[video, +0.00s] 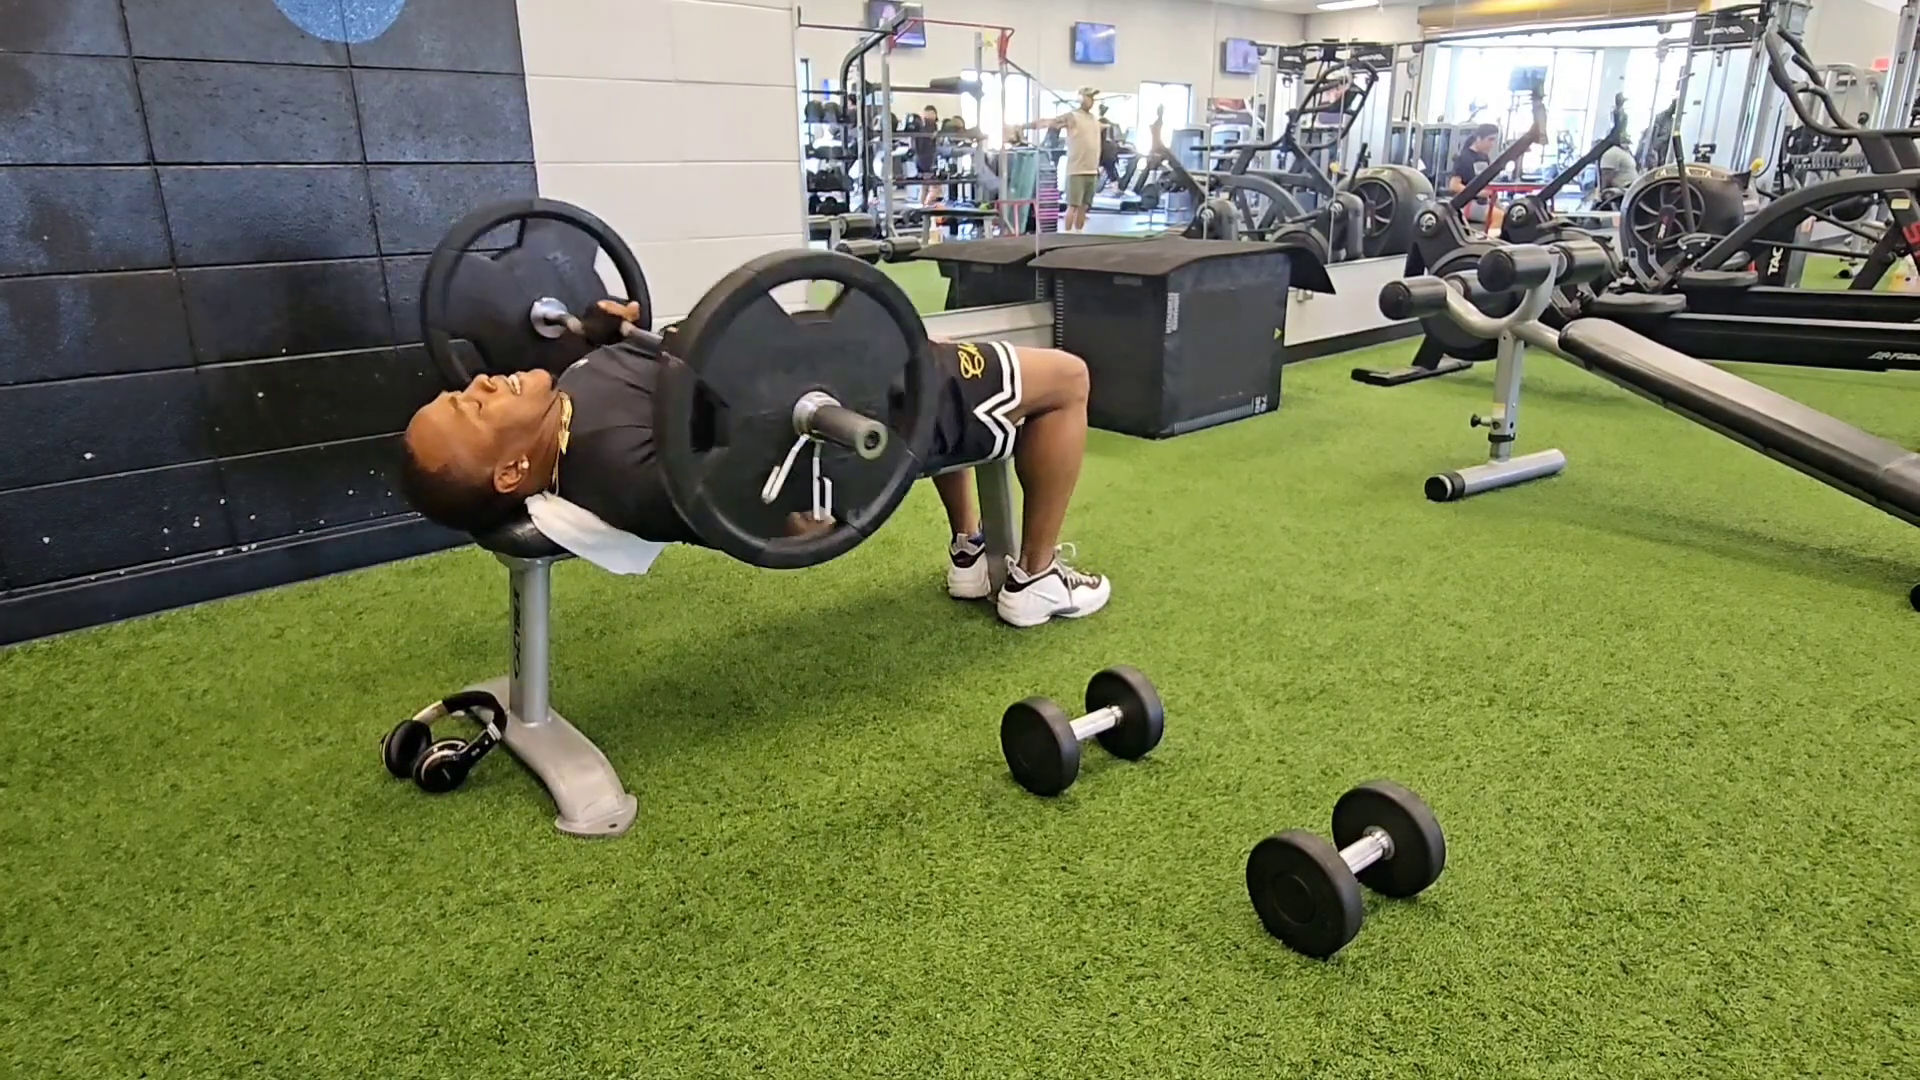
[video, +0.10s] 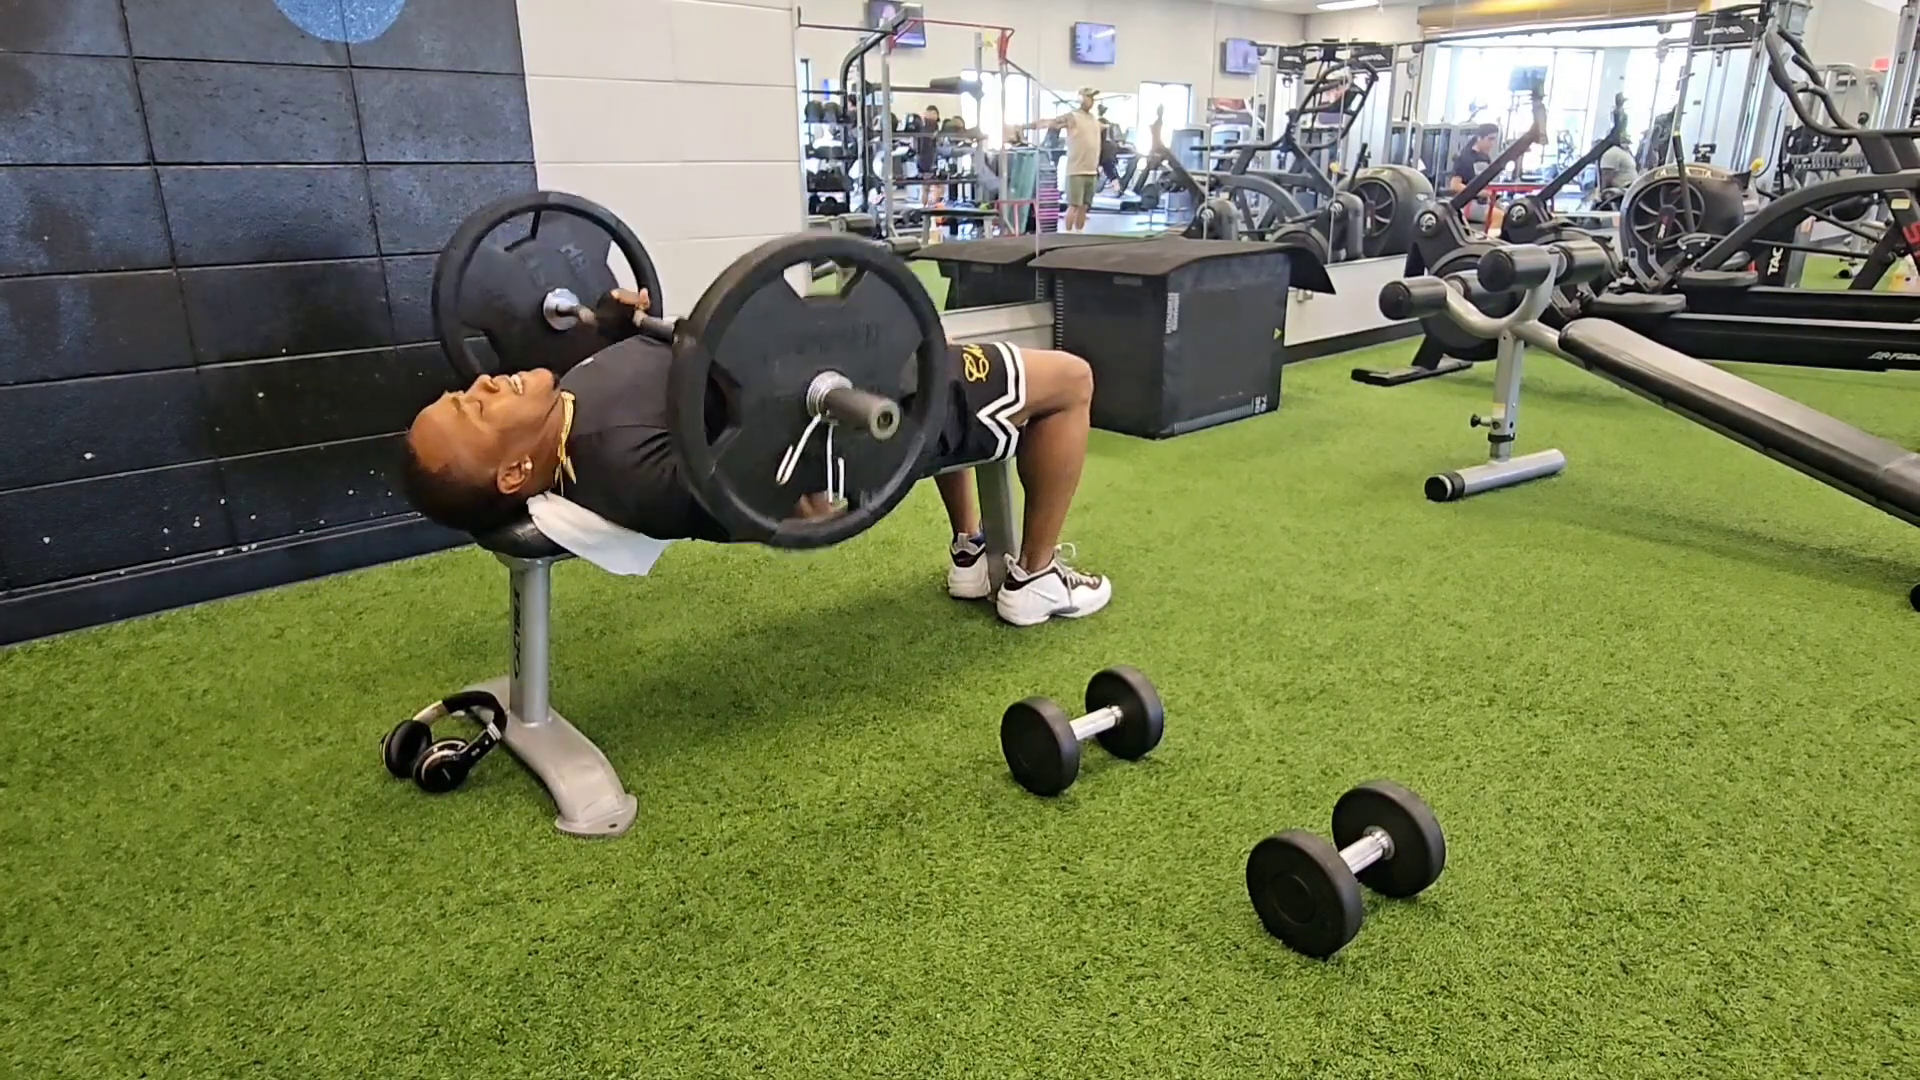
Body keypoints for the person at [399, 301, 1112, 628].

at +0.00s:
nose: (490, 375)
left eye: (466, 385)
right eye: (477, 400)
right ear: (515, 474)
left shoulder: (550, 395)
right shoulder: (632, 477)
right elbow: (779, 514)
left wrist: (618, 333)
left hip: (783, 370)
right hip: (846, 426)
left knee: (922, 346)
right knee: (1067, 376)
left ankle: (972, 544)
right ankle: (1037, 576)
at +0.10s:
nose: (487, 377)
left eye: (465, 386)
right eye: (474, 404)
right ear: (519, 474)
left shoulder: (558, 393)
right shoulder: (638, 479)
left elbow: (654, 362)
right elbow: (800, 502)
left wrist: (635, 322)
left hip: (788, 362)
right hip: (854, 420)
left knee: (918, 348)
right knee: (1070, 379)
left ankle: (972, 544)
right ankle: (1037, 576)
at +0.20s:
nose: (486, 382)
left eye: (459, 391)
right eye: (472, 408)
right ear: (504, 472)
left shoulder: (554, 396)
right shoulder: (611, 466)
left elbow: (617, 338)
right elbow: (766, 445)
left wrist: (622, 263)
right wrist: (799, 318)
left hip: (781, 368)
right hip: (840, 415)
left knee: (936, 359)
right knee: (1063, 381)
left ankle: (973, 548)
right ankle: (1034, 574)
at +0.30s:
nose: (475, 382)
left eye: (451, 397)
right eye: (462, 413)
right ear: (506, 477)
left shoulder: (541, 392)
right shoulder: (612, 458)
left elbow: (581, 308)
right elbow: (729, 369)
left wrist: (596, 207)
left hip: (804, 358)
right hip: (841, 400)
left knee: (928, 358)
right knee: (1059, 380)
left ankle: (971, 545)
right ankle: (1035, 574)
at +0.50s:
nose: (481, 382)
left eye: (453, 392)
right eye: (468, 408)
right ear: (506, 472)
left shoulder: (542, 382)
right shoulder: (619, 446)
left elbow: (596, 278)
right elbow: (733, 321)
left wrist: (596, 146)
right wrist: (700, 150)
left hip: (802, 346)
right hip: (842, 392)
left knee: (939, 368)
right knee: (1057, 380)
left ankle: (975, 548)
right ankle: (1034, 575)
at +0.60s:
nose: (482, 378)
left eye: (454, 389)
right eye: (465, 406)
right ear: (507, 478)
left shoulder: (554, 400)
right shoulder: (616, 459)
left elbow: (612, 321)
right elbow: (737, 406)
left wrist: (606, 221)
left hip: (793, 362)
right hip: (834, 405)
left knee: (926, 353)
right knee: (1060, 380)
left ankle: (972, 547)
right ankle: (1035, 573)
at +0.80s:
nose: (478, 376)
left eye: (455, 385)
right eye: (467, 404)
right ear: (509, 478)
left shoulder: (547, 400)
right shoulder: (629, 468)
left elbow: (656, 363)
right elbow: (780, 498)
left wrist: (620, 321)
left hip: (784, 380)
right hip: (853, 426)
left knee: (922, 347)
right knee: (1065, 377)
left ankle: (973, 546)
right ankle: (1034, 574)